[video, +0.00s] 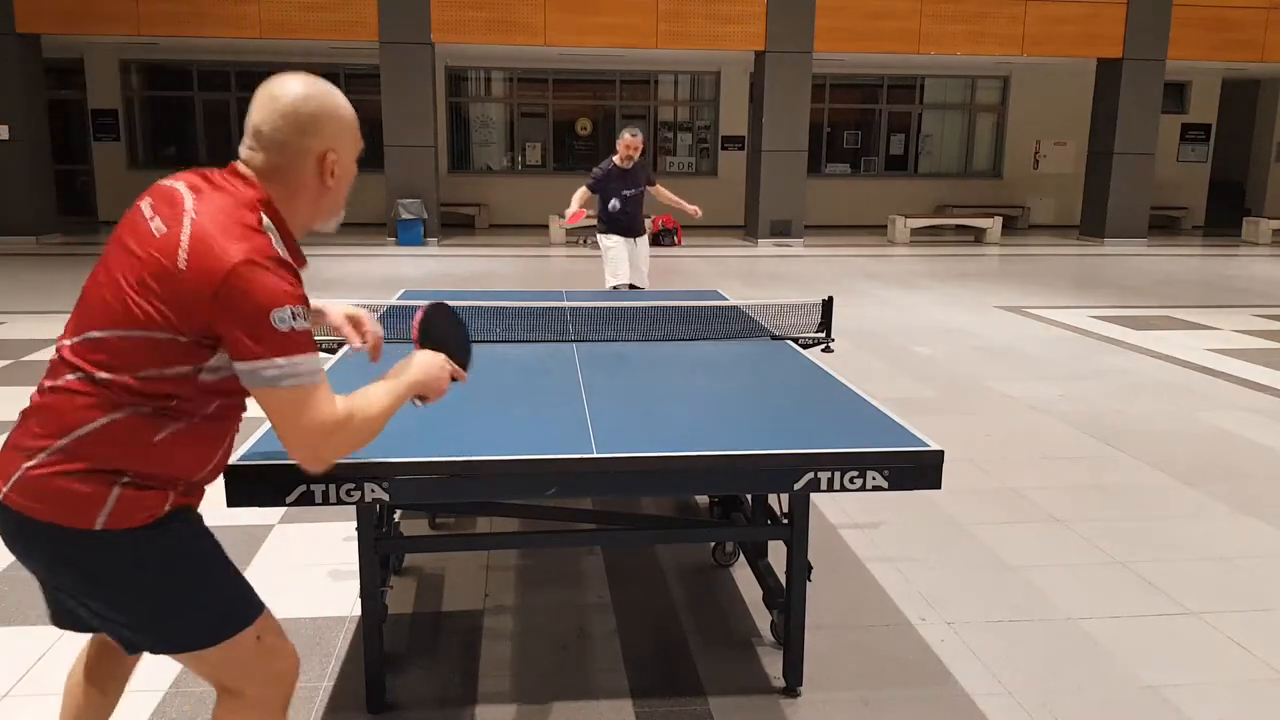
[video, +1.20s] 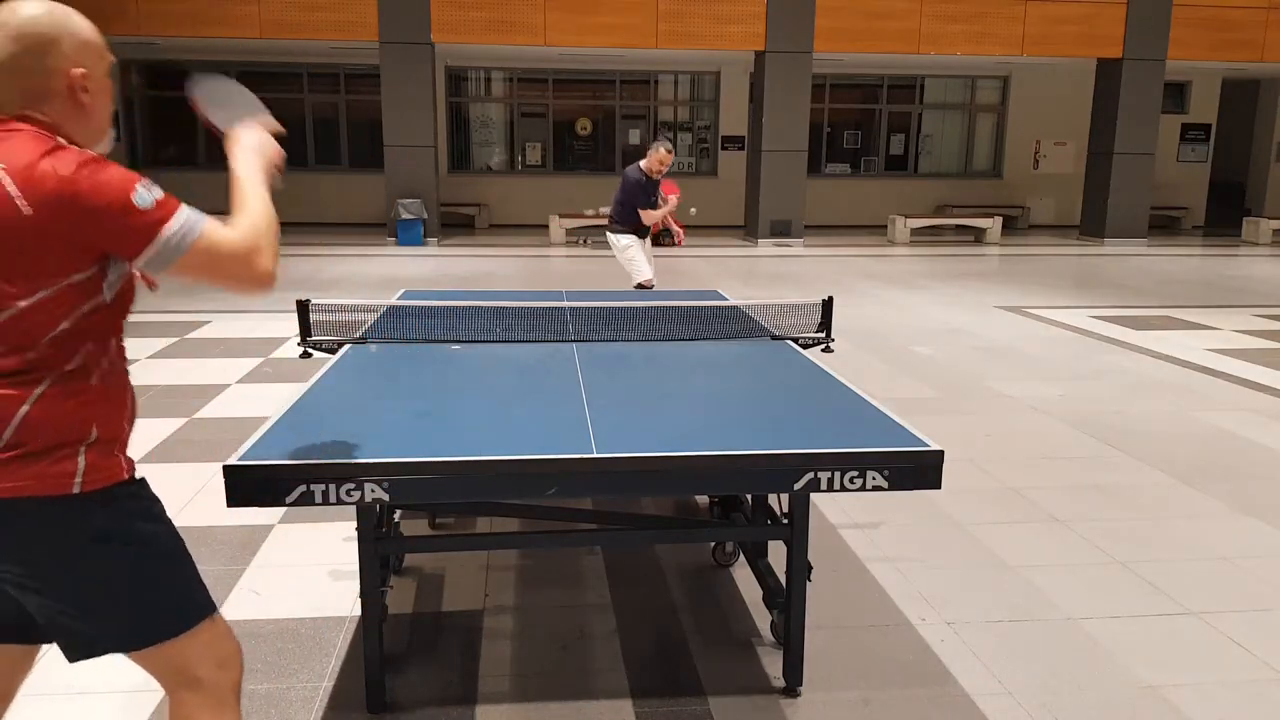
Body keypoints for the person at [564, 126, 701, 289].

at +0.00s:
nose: (632, 153)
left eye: (636, 149)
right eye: (628, 148)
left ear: (641, 149)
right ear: (618, 145)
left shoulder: (641, 167)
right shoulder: (605, 171)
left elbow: (656, 190)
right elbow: (583, 192)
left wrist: (686, 207)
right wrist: (574, 207)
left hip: (638, 235)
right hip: (612, 236)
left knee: (639, 288)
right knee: (619, 287)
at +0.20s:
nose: (631, 154)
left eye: (635, 149)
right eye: (627, 149)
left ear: (641, 150)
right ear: (618, 148)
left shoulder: (643, 172)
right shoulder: (606, 173)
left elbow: (659, 200)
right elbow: (584, 201)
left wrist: (668, 221)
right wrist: (586, 219)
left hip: (638, 240)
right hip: (610, 239)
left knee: (637, 290)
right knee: (613, 286)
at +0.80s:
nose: (638, 148)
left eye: (642, 144)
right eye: (634, 143)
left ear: (647, 146)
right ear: (624, 143)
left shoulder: (642, 167)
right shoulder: (609, 167)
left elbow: (643, 193)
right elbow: (586, 198)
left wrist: (648, 221)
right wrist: (602, 226)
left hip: (632, 234)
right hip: (605, 234)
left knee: (642, 278)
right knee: (602, 284)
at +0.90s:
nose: (644, 154)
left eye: (648, 149)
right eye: (640, 148)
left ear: (653, 151)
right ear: (630, 148)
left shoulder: (647, 170)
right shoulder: (618, 172)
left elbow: (647, 196)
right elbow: (598, 205)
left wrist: (656, 224)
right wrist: (612, 239)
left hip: (638, 237)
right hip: (612, 238)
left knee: (644, 284)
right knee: (610, 289)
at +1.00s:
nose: (651, 158)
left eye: (655, 154)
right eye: (647, 152)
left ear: (658, 155)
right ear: (636, 151)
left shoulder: (650, 172)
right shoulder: (623, 175)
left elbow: (651, 200)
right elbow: (613, 213)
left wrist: (663, 230)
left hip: (640, 236)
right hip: (616, 234)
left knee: (648, 281)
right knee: (625, 279)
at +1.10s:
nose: (657, 160)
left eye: (661, 156)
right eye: (653, 154)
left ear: (664, 156)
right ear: (643, 150)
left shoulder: (652, 170)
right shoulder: (628, 174)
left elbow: (653, 197)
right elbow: (631, 215)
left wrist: (668, 227)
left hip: (641, 230)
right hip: (619, 230)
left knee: (647, 279)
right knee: (637, 277)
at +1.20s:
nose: (663, 170)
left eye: (667, 166)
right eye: (660, 163)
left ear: (671, 165)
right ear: (649, 155)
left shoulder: (653, 175)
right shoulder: (634, 178)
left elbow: (656, 203)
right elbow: (647, 219)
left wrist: (672, 227)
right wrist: (669, 207)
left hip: (642, 233)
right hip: (622, 233)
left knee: (648, 281)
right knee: (645, 280)